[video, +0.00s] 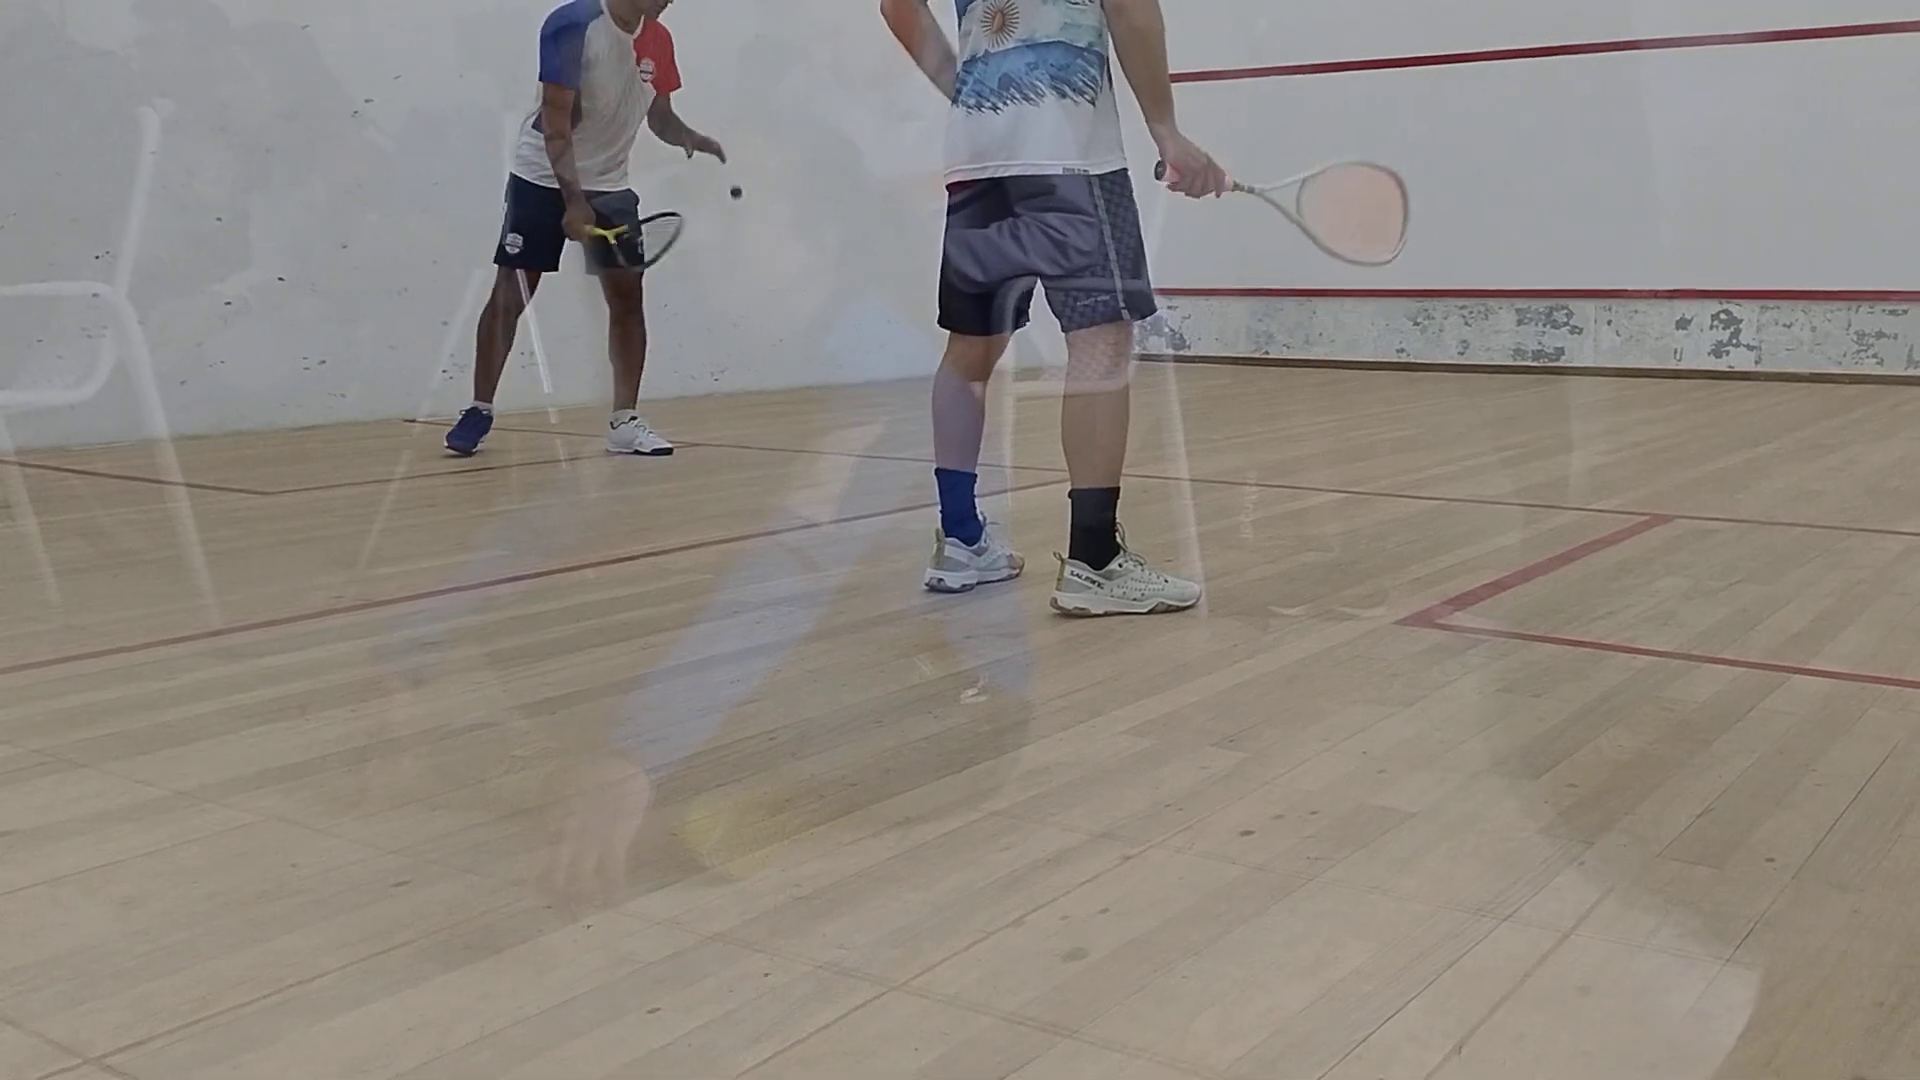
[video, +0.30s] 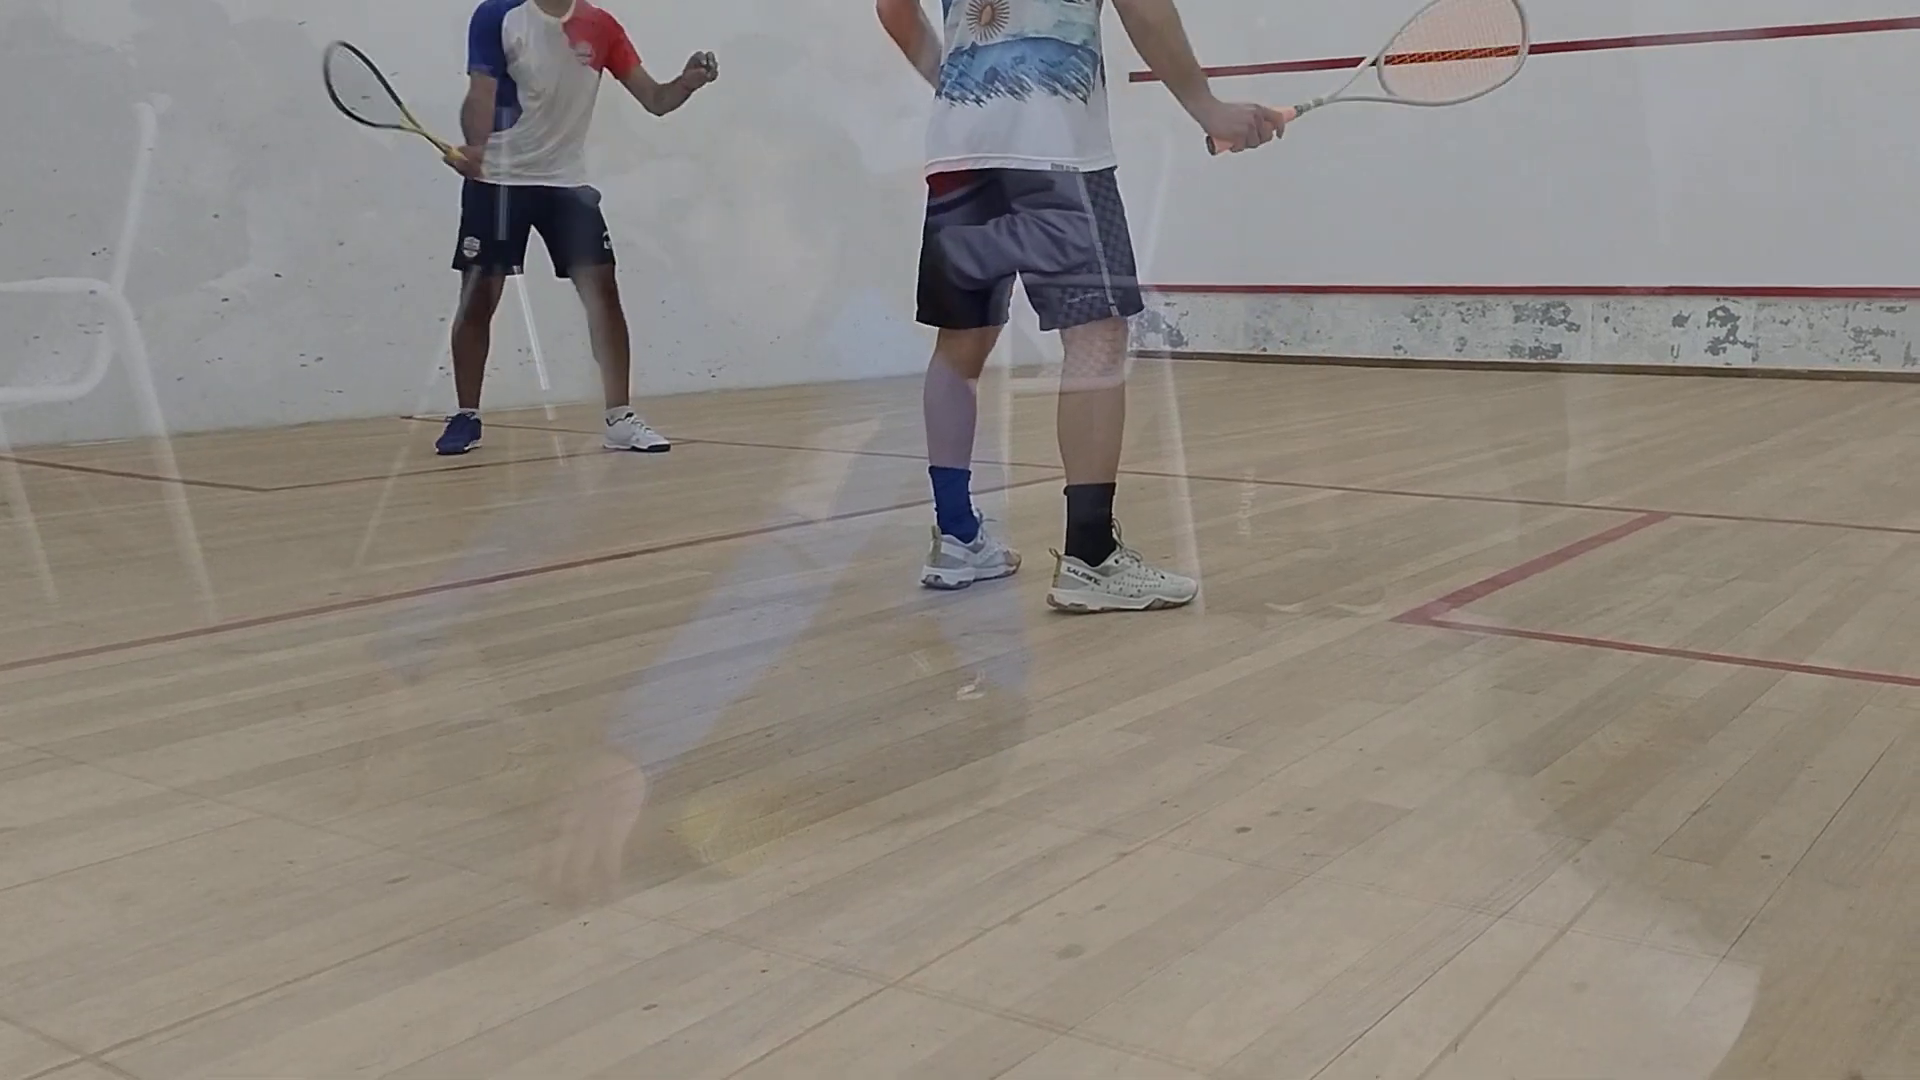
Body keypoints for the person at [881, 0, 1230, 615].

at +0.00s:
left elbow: (899, 5)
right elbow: (1129, 8)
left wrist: (967, 89)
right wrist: (1168, 130)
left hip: (973, 134)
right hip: (1069, 130)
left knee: (968, 351)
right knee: (1099, 347)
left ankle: (959, 541)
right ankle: (1095, 561)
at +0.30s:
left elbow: (895, 8)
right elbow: (1142, 7)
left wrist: (955, 80)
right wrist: (1208, 106)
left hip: (957, 129)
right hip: (1056, 126)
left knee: (960, 338)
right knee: (1096, 335)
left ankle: (956, 538)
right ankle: (1091, 557)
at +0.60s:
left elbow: (917, 5)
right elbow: (1163, 6)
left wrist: (983, 69)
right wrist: (1233, 99)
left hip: (963, 133)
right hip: (1060, 131)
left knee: (957, 346)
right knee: (1114, 338)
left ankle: (946, 535)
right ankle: (1076, 554)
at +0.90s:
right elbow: (1215, 1)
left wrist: (1023, 54)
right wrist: (1281, 91)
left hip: (1020, 107)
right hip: (1118, 108)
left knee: (1045, 310)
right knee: (1139, 336)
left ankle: (986, 507)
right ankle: (1067, 551)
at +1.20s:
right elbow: (1239, 4)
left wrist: (1051, 78)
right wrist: (1310, 112)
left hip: (1060, 130)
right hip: (1141, 133)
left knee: (1142, 331)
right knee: (1229, 335)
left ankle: (1149, 529)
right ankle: (1086, 519)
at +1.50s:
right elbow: (1219, 5)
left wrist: (1034, 76)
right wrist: (1292, 123)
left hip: (1039, 137)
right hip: (1132, 138)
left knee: (1113, 337)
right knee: (1193, 360)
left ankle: (1137, 534)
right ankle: (1087, 580)